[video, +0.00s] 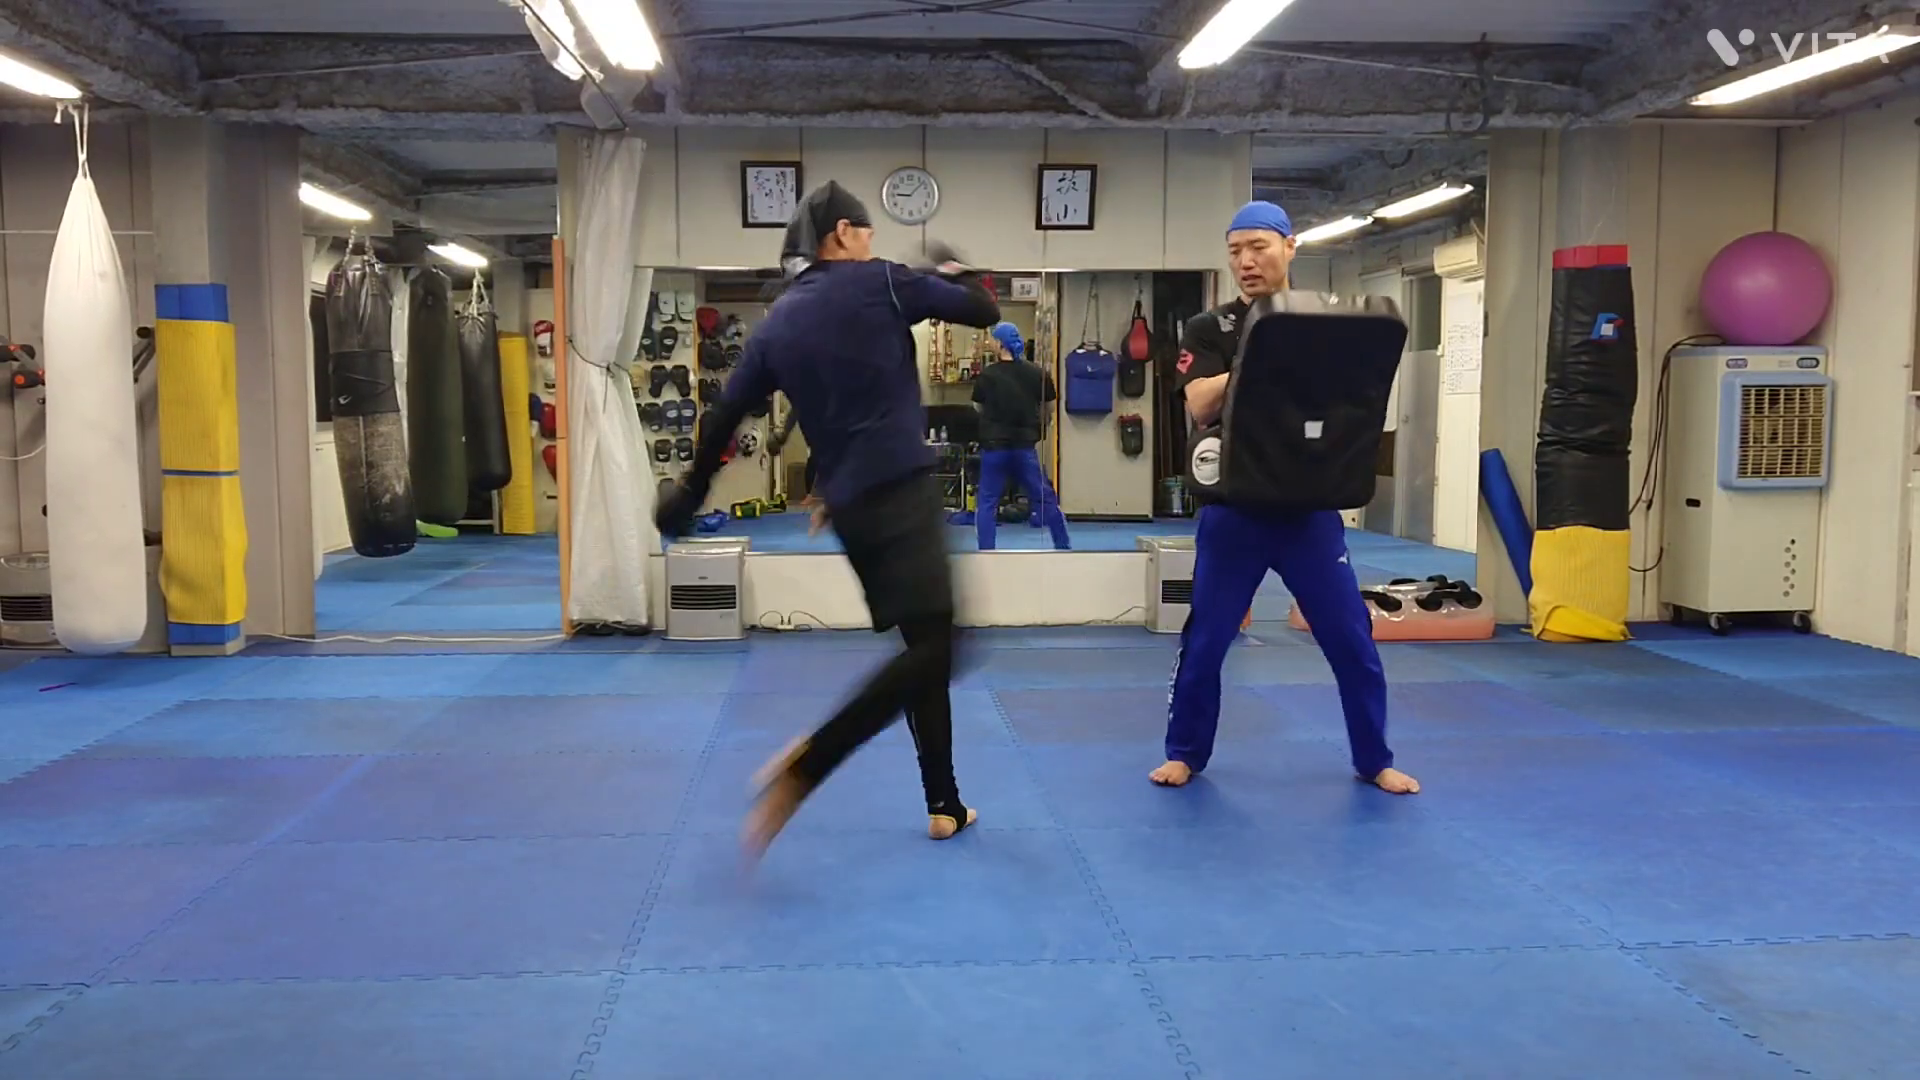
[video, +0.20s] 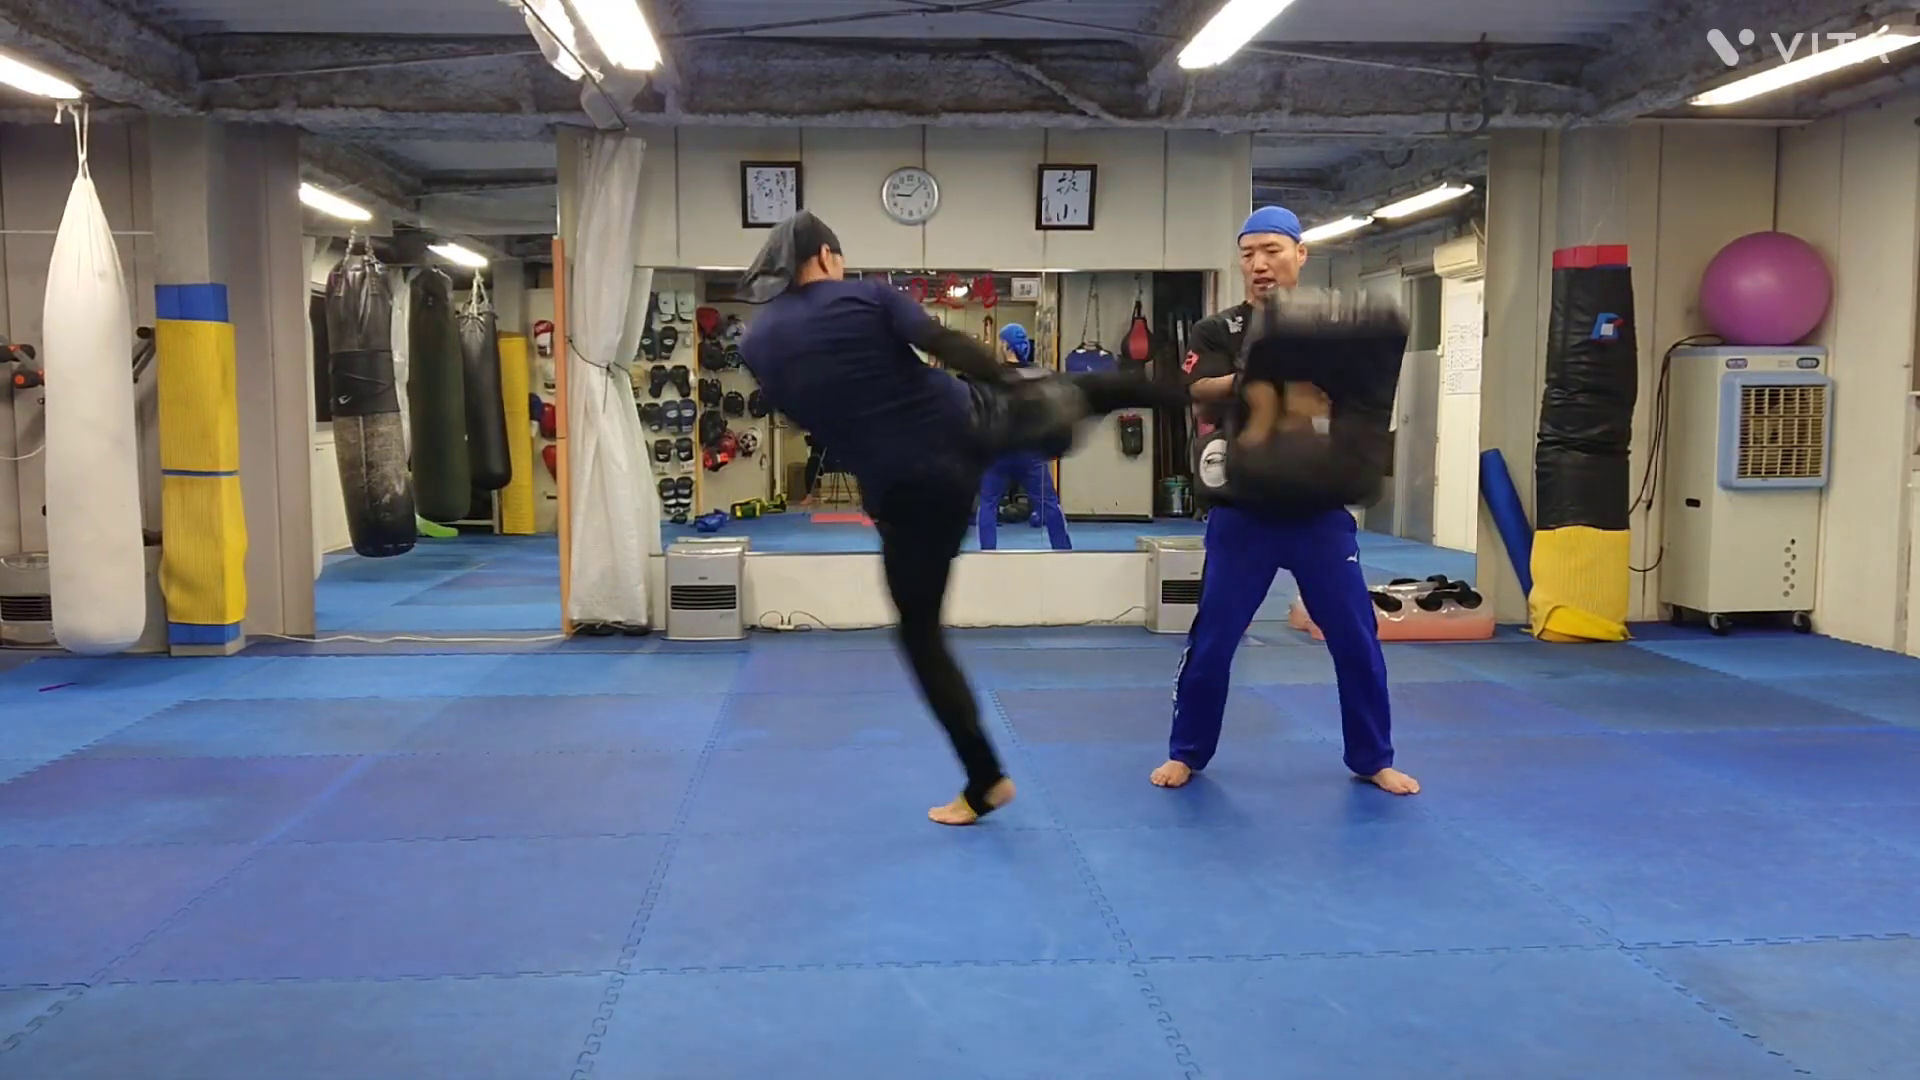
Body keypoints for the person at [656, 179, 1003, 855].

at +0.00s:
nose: (872, 246)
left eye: (868, 235)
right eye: (867, 235)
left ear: (816, 243)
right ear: (842, 236)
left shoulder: (778, 324)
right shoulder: (879, 282)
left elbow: (724, 415)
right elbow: (980, 308)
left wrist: (690, 492)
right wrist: (949, 277)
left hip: (852, 503)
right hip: (905, 485)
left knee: (925, 649)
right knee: (933, 648)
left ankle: (944, 806)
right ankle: (803, 767)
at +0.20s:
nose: (844, 268)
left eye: (838, 260)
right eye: (839, 258)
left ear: (777, 270)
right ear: (823, 257)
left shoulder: (758, 344)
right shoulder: (867, 295)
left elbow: (792, 410)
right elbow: (951, 346)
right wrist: (1002, 374)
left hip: (912, 494)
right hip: (964, 427)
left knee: (920, 636)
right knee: (1077, 394)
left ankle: (986, 779)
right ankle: (1183, 387)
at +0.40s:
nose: (875, 257)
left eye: (875, 247)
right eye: (870, 247)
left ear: (815, 252)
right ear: (843, 244)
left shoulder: (781, 337)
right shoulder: (863, 282)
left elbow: (821, 439)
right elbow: (910, 345)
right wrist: (991, 378)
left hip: (887, 485)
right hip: (947, 436)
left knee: (933, 631)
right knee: (1069, 457)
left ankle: (963, 785)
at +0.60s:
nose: (923, 251)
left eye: (923, 238)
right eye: (918, 237)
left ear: (871, 236)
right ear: (888, 233)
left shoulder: (837, 295)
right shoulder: (881, 285)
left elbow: (848, 408)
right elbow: (912, 359)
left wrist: (933, 421)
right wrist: (1002, 348)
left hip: (860, 487)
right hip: (893, 483)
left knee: (925, 636)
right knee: (971, 624)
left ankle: (937, 800)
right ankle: (877, 778)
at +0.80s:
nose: (959, 275)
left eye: (959, 262)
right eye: (955, 260)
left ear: (922, 255)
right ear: (925, 252)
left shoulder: (899, 322)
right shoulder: (867, 313)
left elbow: (918, 418)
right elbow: (845, 400)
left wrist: (995, 401)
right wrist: (933, 397)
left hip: (862, 510)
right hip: (821, 509)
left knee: (933, 617)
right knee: (847, 657)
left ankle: (911, 781)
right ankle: (784, 823)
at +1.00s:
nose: (963, 265)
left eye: (964, 252)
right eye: (959, 250)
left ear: (928, 248)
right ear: (930, 244)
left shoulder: (926, 321)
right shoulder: (872, 305)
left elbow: (963, 395)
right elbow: (829, 393)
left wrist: (1031, 396)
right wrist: (928, 410)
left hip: (889, 510)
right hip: (839, 509)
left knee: (947, 610)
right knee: (838, 658)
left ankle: (939, 771)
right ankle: (782, 821)